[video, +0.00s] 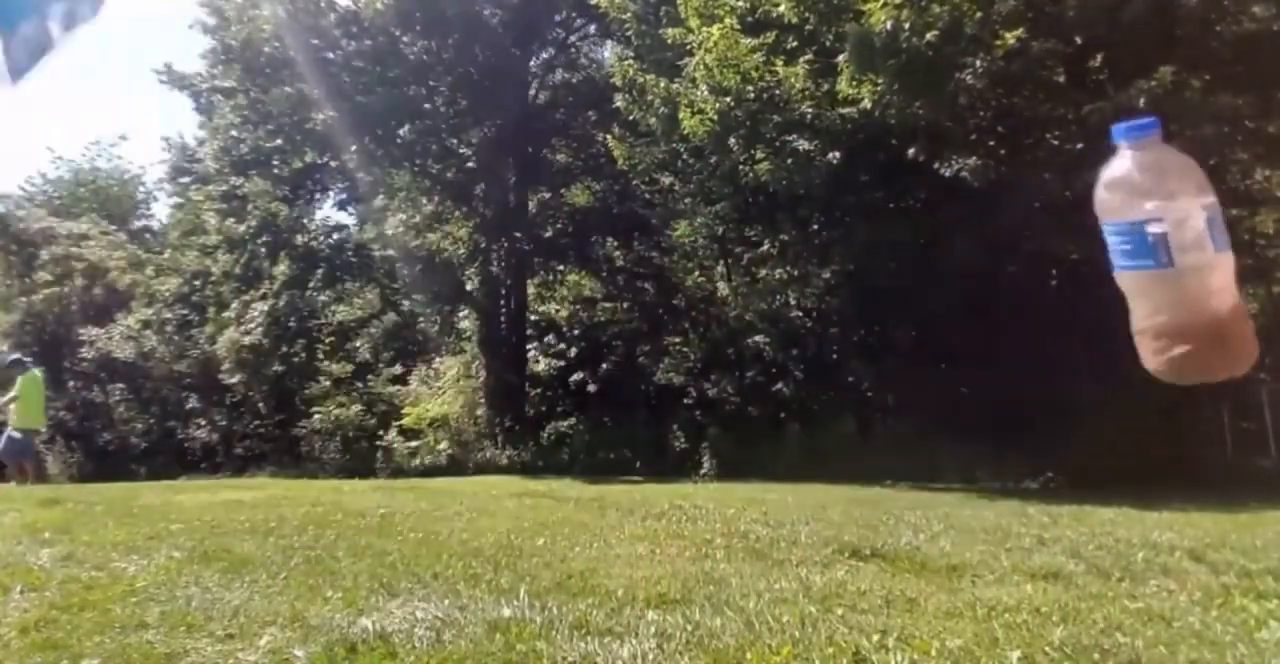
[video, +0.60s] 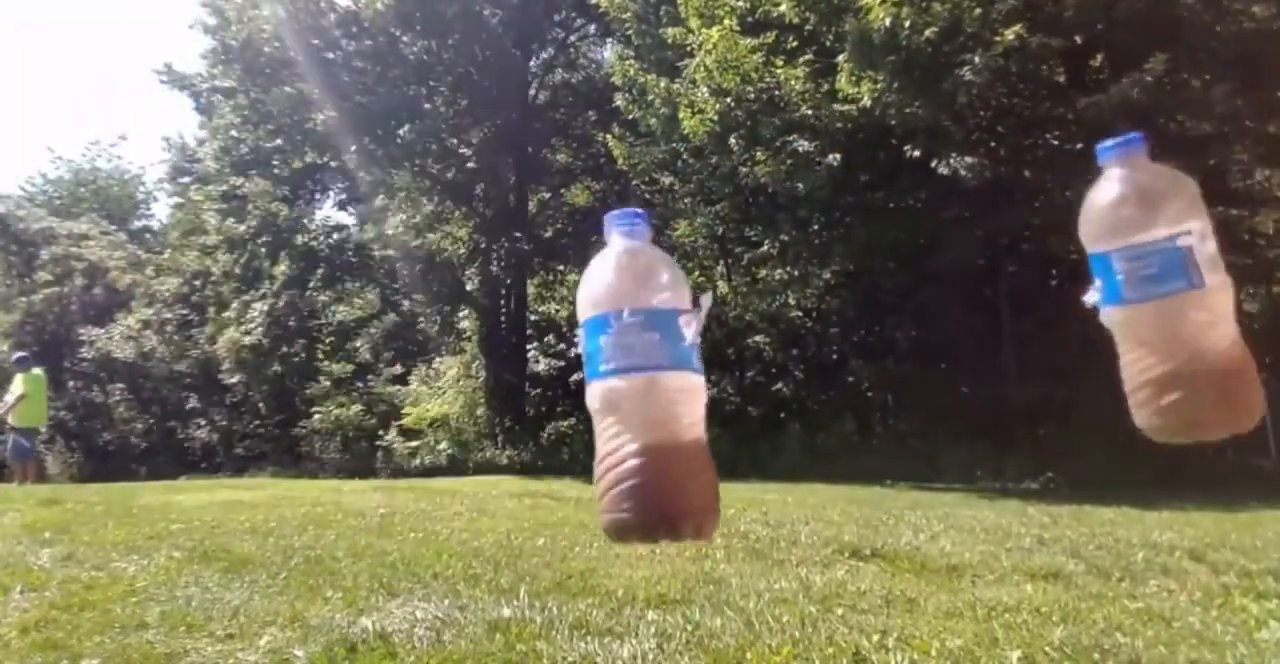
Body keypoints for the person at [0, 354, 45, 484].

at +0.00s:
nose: (14, 372)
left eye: (14, 368)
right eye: (12, 369)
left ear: (20, 366)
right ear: (26, 365)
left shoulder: (23, 378)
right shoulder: (37, 376)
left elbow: (15, 395)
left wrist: (3, 403)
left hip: (20, 424)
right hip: (34, 424)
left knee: (6, 452)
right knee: (27, 455)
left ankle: (20, 479)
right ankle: (31, 480)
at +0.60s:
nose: (16, 369)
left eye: (17, 366)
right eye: (15, 366)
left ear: (21, 365)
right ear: (30, 362)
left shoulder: (22, 377)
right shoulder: (40, 375)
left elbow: (19, 395)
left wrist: (4, 411)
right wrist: (7, 401)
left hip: (20, 423)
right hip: (34, 423)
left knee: (14, 454)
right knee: (30, 455)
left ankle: (19, 483)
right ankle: (31, 483)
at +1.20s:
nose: (22, 367)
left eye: (23, 364)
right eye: (21, 364)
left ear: (27, 363)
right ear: (33, 362)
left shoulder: (25, 377)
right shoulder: (44, 375)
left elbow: (27, 395)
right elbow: (13, 392)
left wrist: (10, 410)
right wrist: (7, 405)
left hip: (25, 423)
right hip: (36, 422)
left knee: (16, 455)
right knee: (33, 454)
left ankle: (19, 483)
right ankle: (33, 482)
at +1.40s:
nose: (23, 367)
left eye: (25, 363)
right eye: (22, 364)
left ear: (29, 363)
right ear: (20, 364)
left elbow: (29, 395)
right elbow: (11, 391)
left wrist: (14, 409)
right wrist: (12, 401)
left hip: (30, 422)